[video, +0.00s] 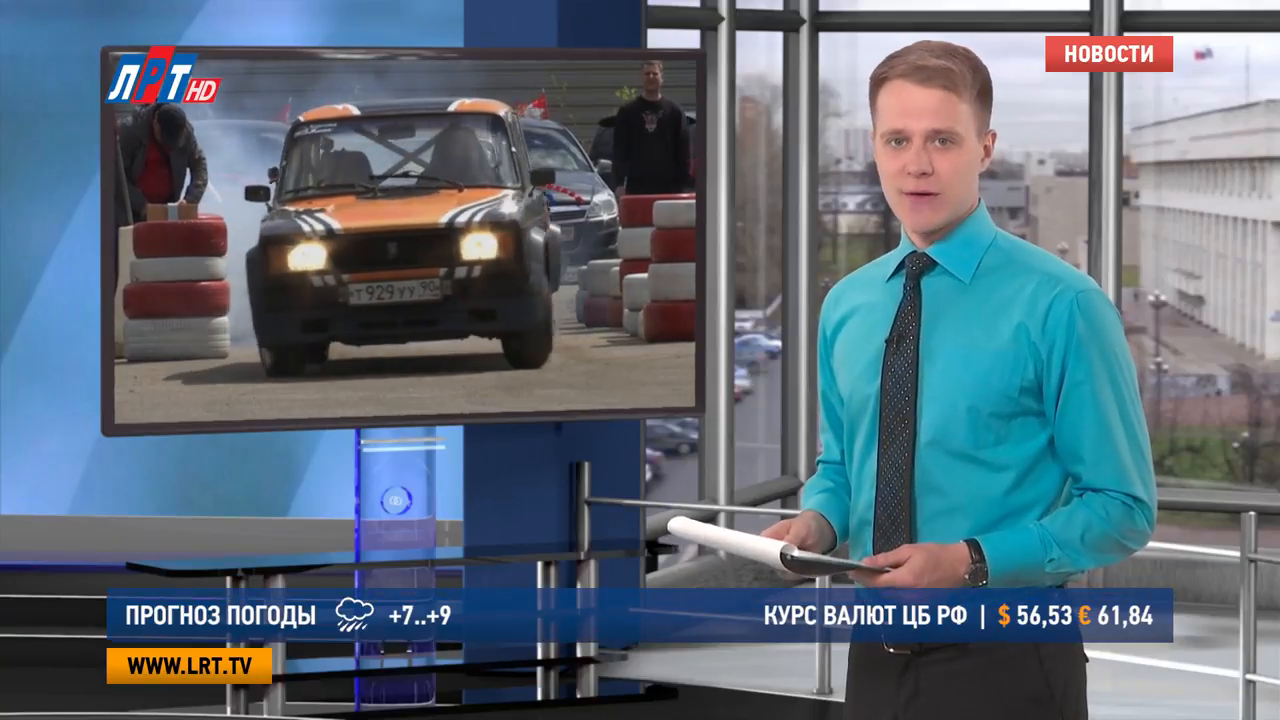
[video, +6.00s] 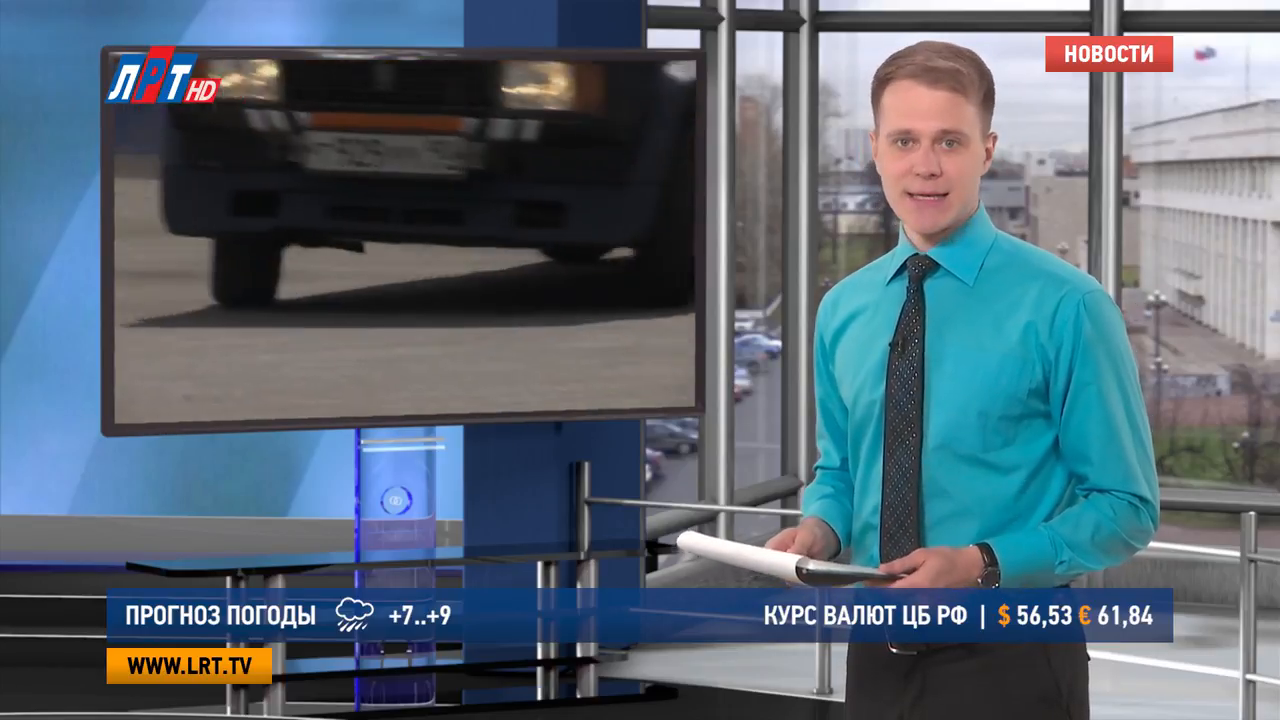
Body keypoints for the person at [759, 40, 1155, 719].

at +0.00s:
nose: (916, 164)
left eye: (941, 140)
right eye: (897, 140)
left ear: (985, 149)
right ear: (875, 149)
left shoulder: (1063, 304)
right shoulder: (846, 304)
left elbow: (1124, 506)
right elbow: (838, 465)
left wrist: (973, 561)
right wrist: (817, 522)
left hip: (1008, 662)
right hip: (877, 659)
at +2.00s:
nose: (937, 153)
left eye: (960, 131)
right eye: (916, 131)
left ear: (996, 148)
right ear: (886, 147)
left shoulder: (1071, 308)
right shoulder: (849, 307)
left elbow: (1131, 509)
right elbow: (842, 465)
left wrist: (987, 565)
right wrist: (820, 529)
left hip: (1009, 661)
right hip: (877, 657)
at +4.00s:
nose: (917, 167)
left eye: (942, 142)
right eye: (898, 142)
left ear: (985, 150)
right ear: (874, 151)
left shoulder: (1067, 309)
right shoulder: (846, 311)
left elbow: (1127, 509)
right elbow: (842, 473)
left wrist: (986, 568)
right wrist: (821, 534)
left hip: (1009, 659)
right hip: (876, 656)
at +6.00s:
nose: (925, 165)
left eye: (949, 141)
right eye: (904, 141)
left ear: (987, 149)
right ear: (875, 150)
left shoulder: (1067, 305)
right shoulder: (843, 309)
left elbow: (1127, 505)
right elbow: (838, 471)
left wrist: (984, 563)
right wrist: (815, 531)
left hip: (1012, 659)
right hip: (878, 656)